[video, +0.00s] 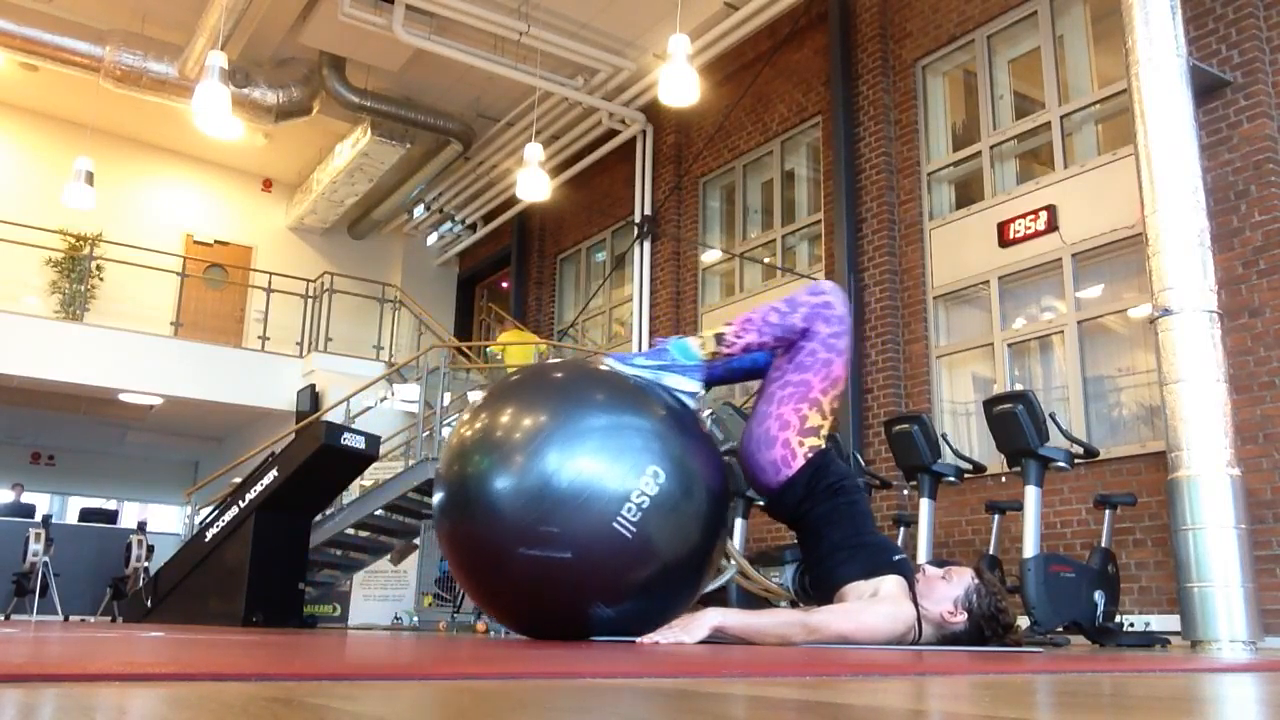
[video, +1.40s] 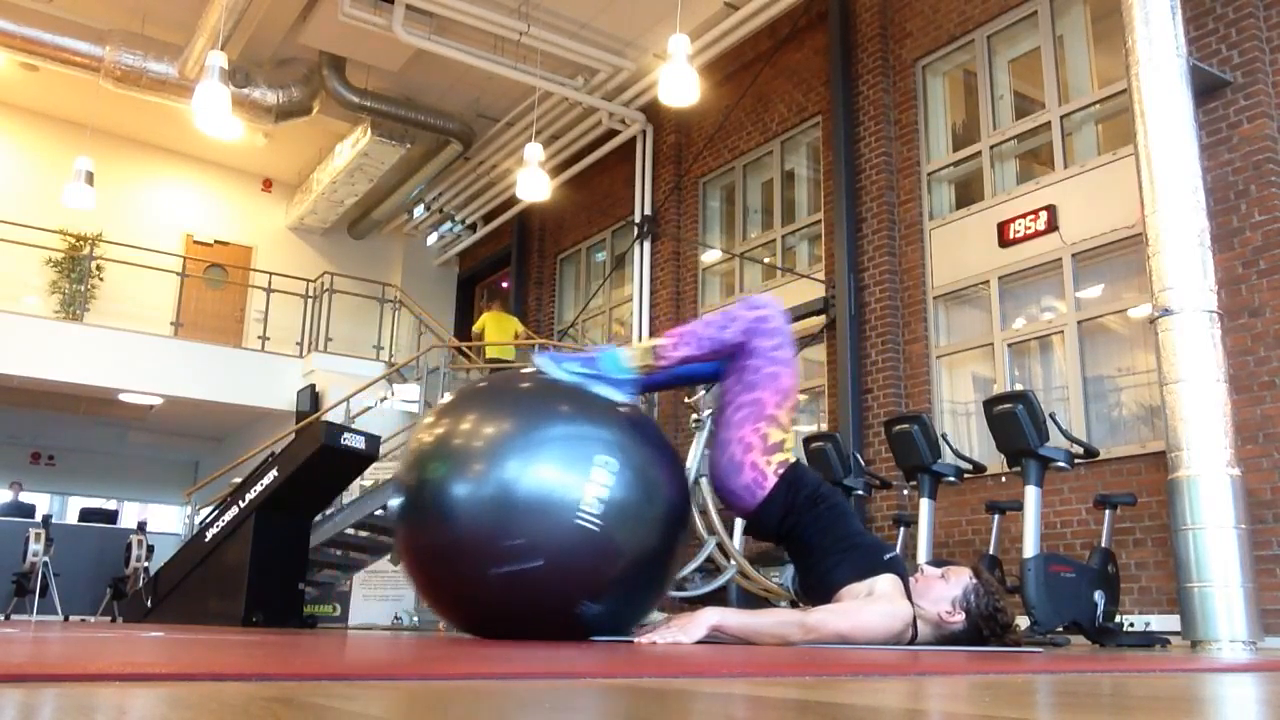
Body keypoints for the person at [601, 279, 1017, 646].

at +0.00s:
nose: (933, 569)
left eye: (945, 578)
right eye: (946, 570)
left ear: (949, 613)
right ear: (949, 612)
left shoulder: (891, 616)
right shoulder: (911, 607)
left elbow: (798, 629)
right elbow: (805, 624)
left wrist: (713, 621)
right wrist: (717, 618)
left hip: (782, 461)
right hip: (810, 464)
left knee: (827, 304)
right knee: (826, 317)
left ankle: (696, 365)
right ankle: (700, 372)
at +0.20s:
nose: (941, 563)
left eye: (951, 577)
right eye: (952, 567)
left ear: (948, 616)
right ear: (945, 605)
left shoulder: (892, 613)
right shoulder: (902, 596)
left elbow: (801, 626)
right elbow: (799, 625)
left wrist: (712, 620)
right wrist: (713, 623)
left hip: (766, 472)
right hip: (788, 467)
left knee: (756, 308)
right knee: (759, 319)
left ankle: (620, 365)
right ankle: (625, 372)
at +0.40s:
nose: (937, 569)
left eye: (948, 581)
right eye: (950, 569)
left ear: (945, 615)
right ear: (945, 603)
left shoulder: (891, 610)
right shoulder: (894, 595)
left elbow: (808, 628)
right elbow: (808, 621)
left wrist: (711, 618)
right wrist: (720, 620)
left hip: (762, 479)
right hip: (779, 470)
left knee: (688, 329)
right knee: (694, 335)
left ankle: (550, 364)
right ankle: (563, 370)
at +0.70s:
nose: (936, 571)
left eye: (949, 583)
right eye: (949, 570)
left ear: (946, 618)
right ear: (943, 593)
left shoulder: (892, 609)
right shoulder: (889, 590)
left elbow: (804, 625)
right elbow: (801, 621)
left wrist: (711, 618)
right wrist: (713, 621)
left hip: (758, 492)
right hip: (765, 477)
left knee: (637, 383)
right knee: (640, 381)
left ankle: (484, 361)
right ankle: (500, 369)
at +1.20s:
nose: (934, 569)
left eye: (946, 581)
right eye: (946, 569)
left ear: (945, 617)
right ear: (939, 601)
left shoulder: (892, 607)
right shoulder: (891, 595)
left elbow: (803, 627)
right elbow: (803, 623)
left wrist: (709, 619)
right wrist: (712, 621)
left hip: (745, 489)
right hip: (757, 484)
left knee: (677, 337)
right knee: (679, 346)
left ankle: (523, 364)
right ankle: (535, 372)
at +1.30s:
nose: (937, 568)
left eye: (947, 579)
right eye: (950, 569)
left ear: (944, 615)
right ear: (943, 602)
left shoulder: (888, 613)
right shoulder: (894, 598)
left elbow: (793, 630)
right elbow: (797, 624)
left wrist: (708, 621)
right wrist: (713, 619)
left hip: (745, 485)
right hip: (763, 476)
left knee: (716, 324)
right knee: (719, 331)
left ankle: (570, 367)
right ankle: (586, 377)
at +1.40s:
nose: (937, 565)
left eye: (948, 578)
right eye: (948, 567)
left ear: (944, 614)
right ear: (936, 587)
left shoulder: (891, 614)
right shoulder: (897, 600)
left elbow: (801, 627)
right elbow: (796, 624)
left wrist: (713, 620)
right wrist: (711, 619)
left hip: (750, 479)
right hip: (768, 479)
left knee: (765, 314)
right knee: (766, 327)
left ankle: (625, 364)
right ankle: (630, 376)